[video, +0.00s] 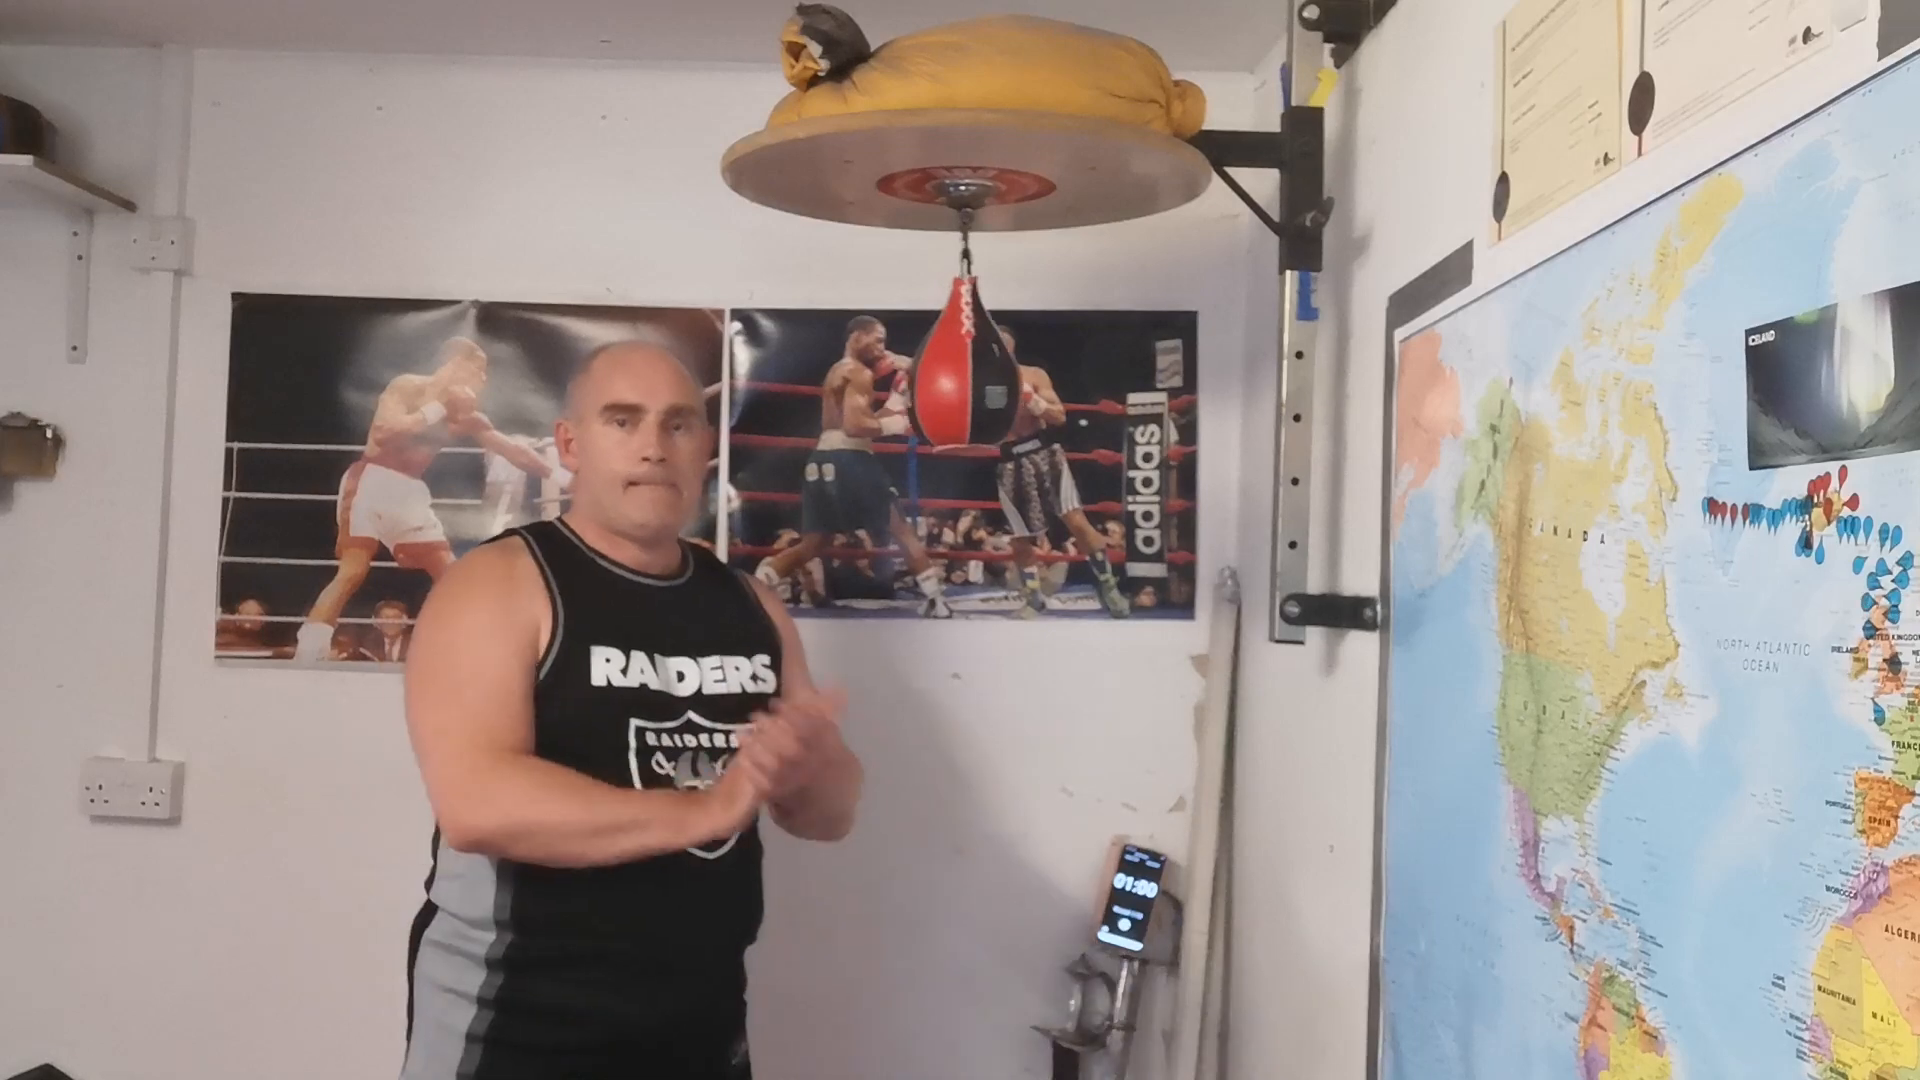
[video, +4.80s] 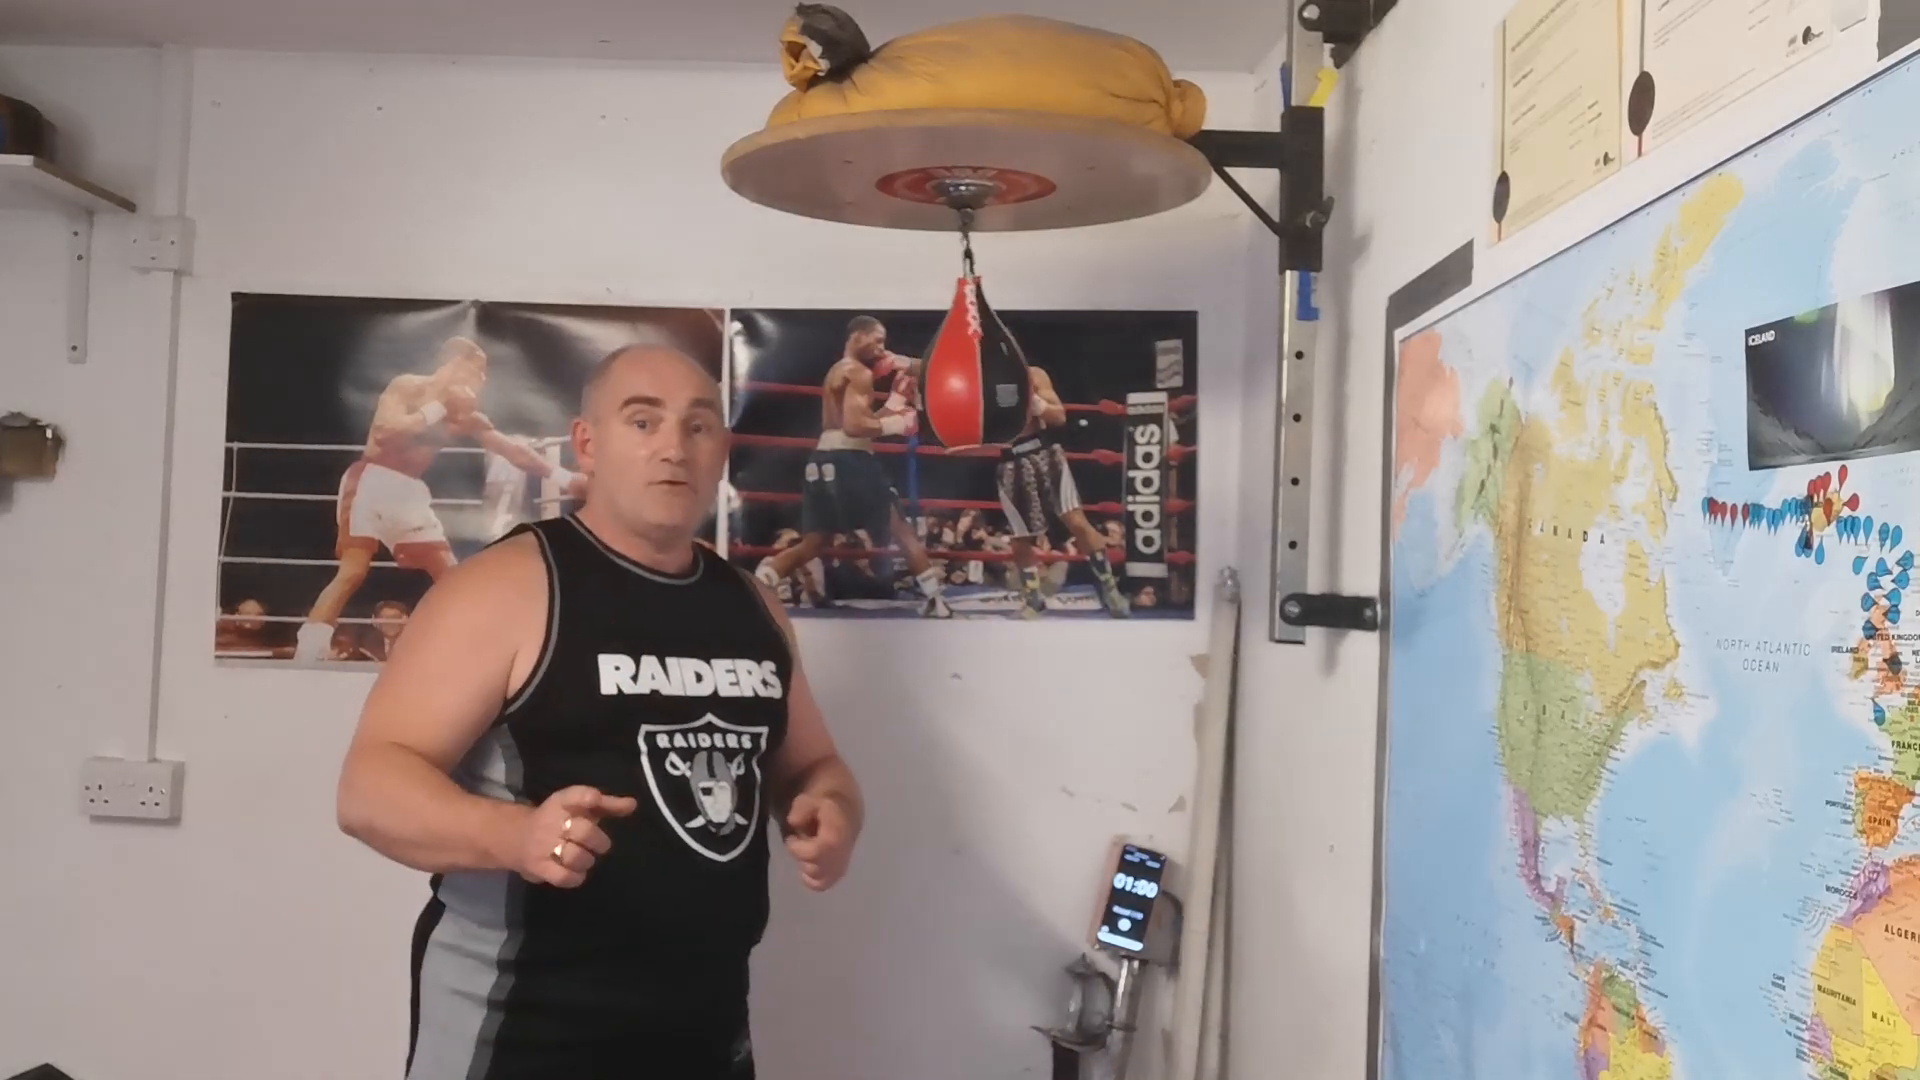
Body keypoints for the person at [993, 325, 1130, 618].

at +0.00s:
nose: (999, 354)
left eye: (1003, 348)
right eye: (994, 349)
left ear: (1012, 348)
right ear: (987, 352)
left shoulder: (1035, 375)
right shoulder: (984, 383)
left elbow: (1058, 417)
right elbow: (985, 430)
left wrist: (1038, 405)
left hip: (1046, 456)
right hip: (1011, 464)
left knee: (1075, 522)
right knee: (1021, 538)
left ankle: (1108, 586)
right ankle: (1032, 597)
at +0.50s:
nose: (995, 357)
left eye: (999, 349)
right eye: (991, 351)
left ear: (1010, 348)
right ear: (984, 354)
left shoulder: (1034, 375)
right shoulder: (982, 384)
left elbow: (1059, 417)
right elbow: (977, 430)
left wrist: (1033, 401)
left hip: (1046, 456)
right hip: (1011, 464)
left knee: (1075, 522)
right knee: (1025, 541)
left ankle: (1108, 587)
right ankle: (1032, 599)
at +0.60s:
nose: (986, 347)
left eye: (991, 340)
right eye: (982, 342)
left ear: (1009, 345)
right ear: (980, 350)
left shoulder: (1033, 375)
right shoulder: (983, 385)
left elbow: (1059, 417)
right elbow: (989, 425)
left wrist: (1033, 401)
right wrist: (965, 445)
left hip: (1046, 457)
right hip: (1011, 465)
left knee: (1075, 522)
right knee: (1027, 540)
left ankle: (1109, 587)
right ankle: (1030, 602)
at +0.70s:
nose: (985, 347)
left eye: (991, 340)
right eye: (982, 342)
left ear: (1009, 346)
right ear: (980, 351)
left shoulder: (1033, 375)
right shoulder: (981, 385)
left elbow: (1059, 417)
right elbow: (982, 425)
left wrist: (1030, 399)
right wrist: (964, 445)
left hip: (1046, 457)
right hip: (1011, 465)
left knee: (1076, 522)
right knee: (1025, 540)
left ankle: (1109, 587)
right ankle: (1030, 600)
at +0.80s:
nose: (994, 353)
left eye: (998, 345)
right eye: (989, 347)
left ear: (1010, 347)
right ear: (983, 353)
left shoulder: (1034, 375)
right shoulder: (982, 384)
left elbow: (1059, 417)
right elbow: (977, 432)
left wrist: (1035, 402)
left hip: (1046, 456)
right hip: (1011, 464)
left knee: (1075, 521)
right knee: (1025, 541)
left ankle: (1109, 587)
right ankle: (1034, 601)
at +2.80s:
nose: (998, 355)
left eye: (1002, 349)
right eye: (993, 350)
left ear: (1012, 350)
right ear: (987, 353)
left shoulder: (1034, 375)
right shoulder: (983, 383)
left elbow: (1059, 417)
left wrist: (1036, 403)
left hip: (1046, 455)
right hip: (1011, 464)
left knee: (1074, 521)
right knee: (1022, 538)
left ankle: (1108, 587)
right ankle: (1032, 599)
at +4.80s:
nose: (1002, 357)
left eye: (1005, 350)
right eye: (995, 354)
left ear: (1012, 351)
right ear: (988, 361)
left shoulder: (1033, 376)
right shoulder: (984, 386)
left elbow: (1059, 417)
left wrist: (1041, 407)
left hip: (1047, 455)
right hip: (1011, 464)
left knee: (1077, 523)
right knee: (1021, 537)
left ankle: (1110, 591)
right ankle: (1032, 600)